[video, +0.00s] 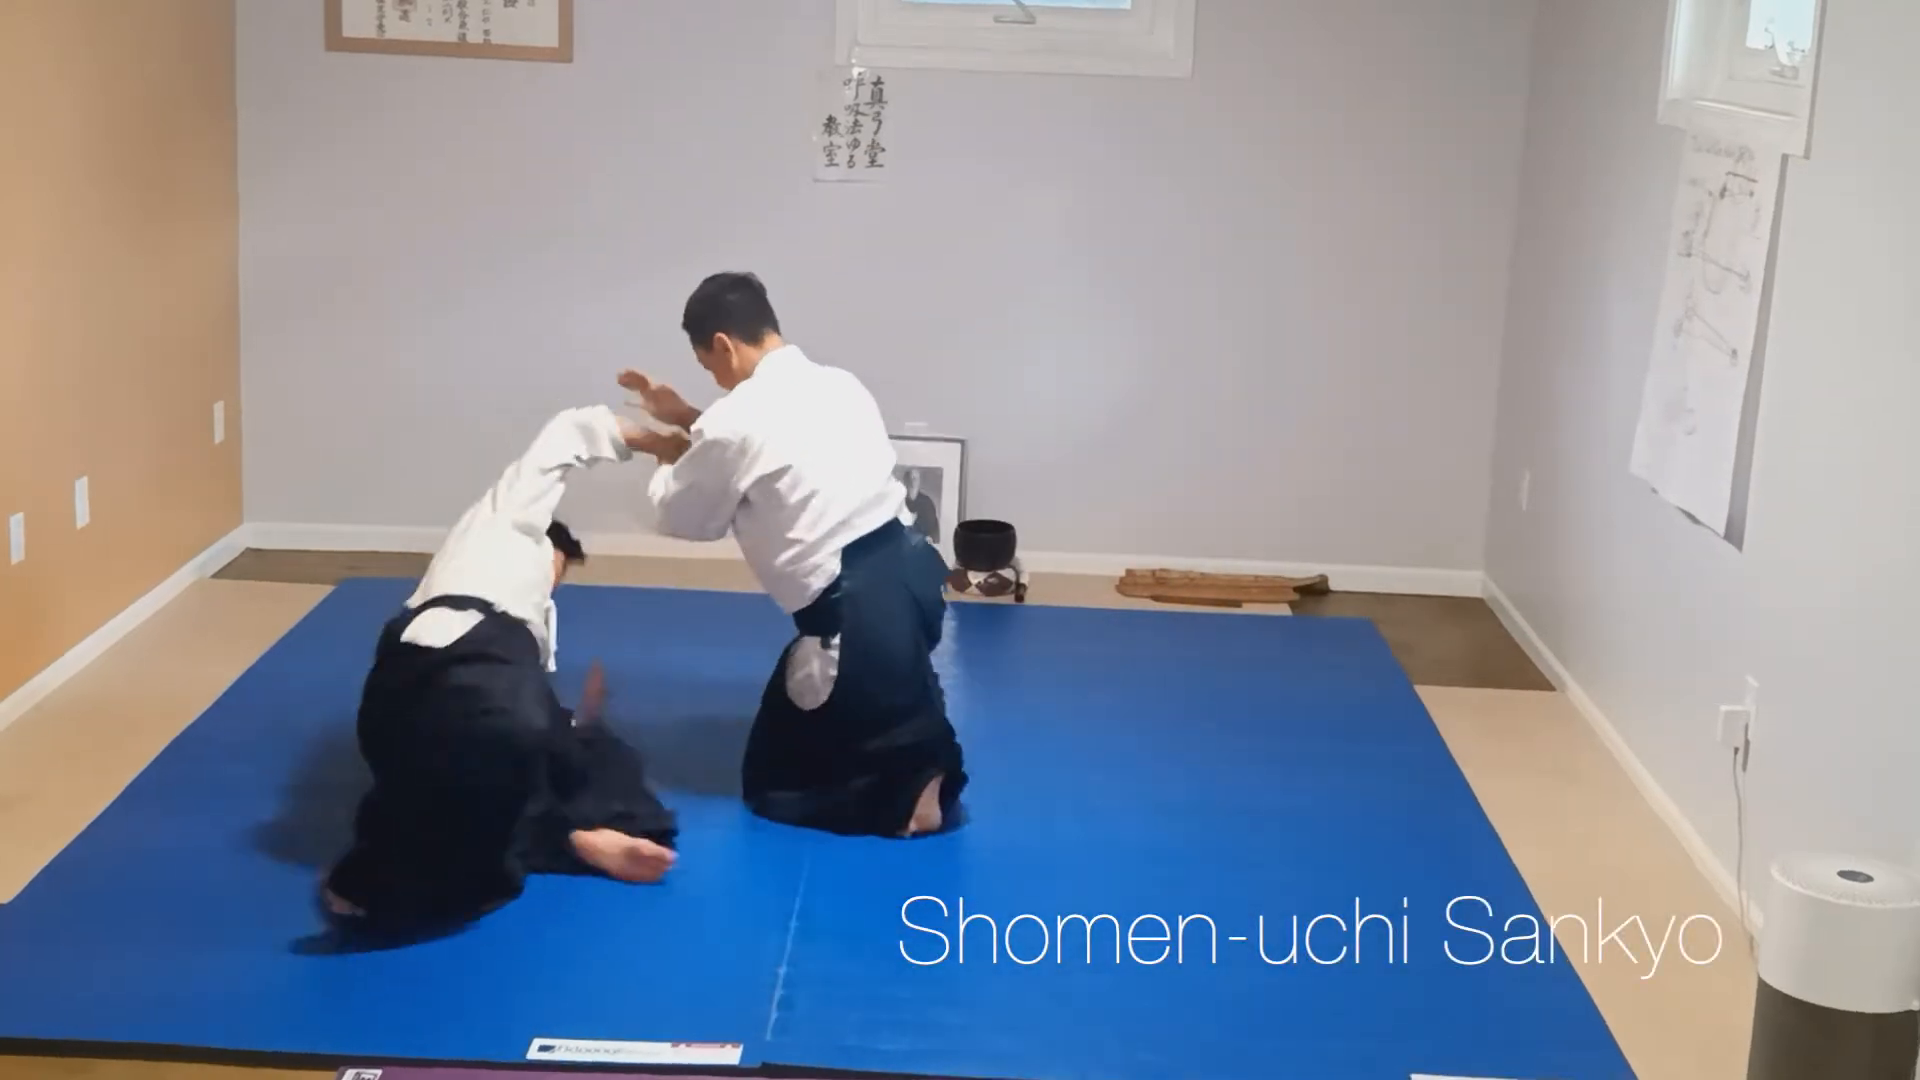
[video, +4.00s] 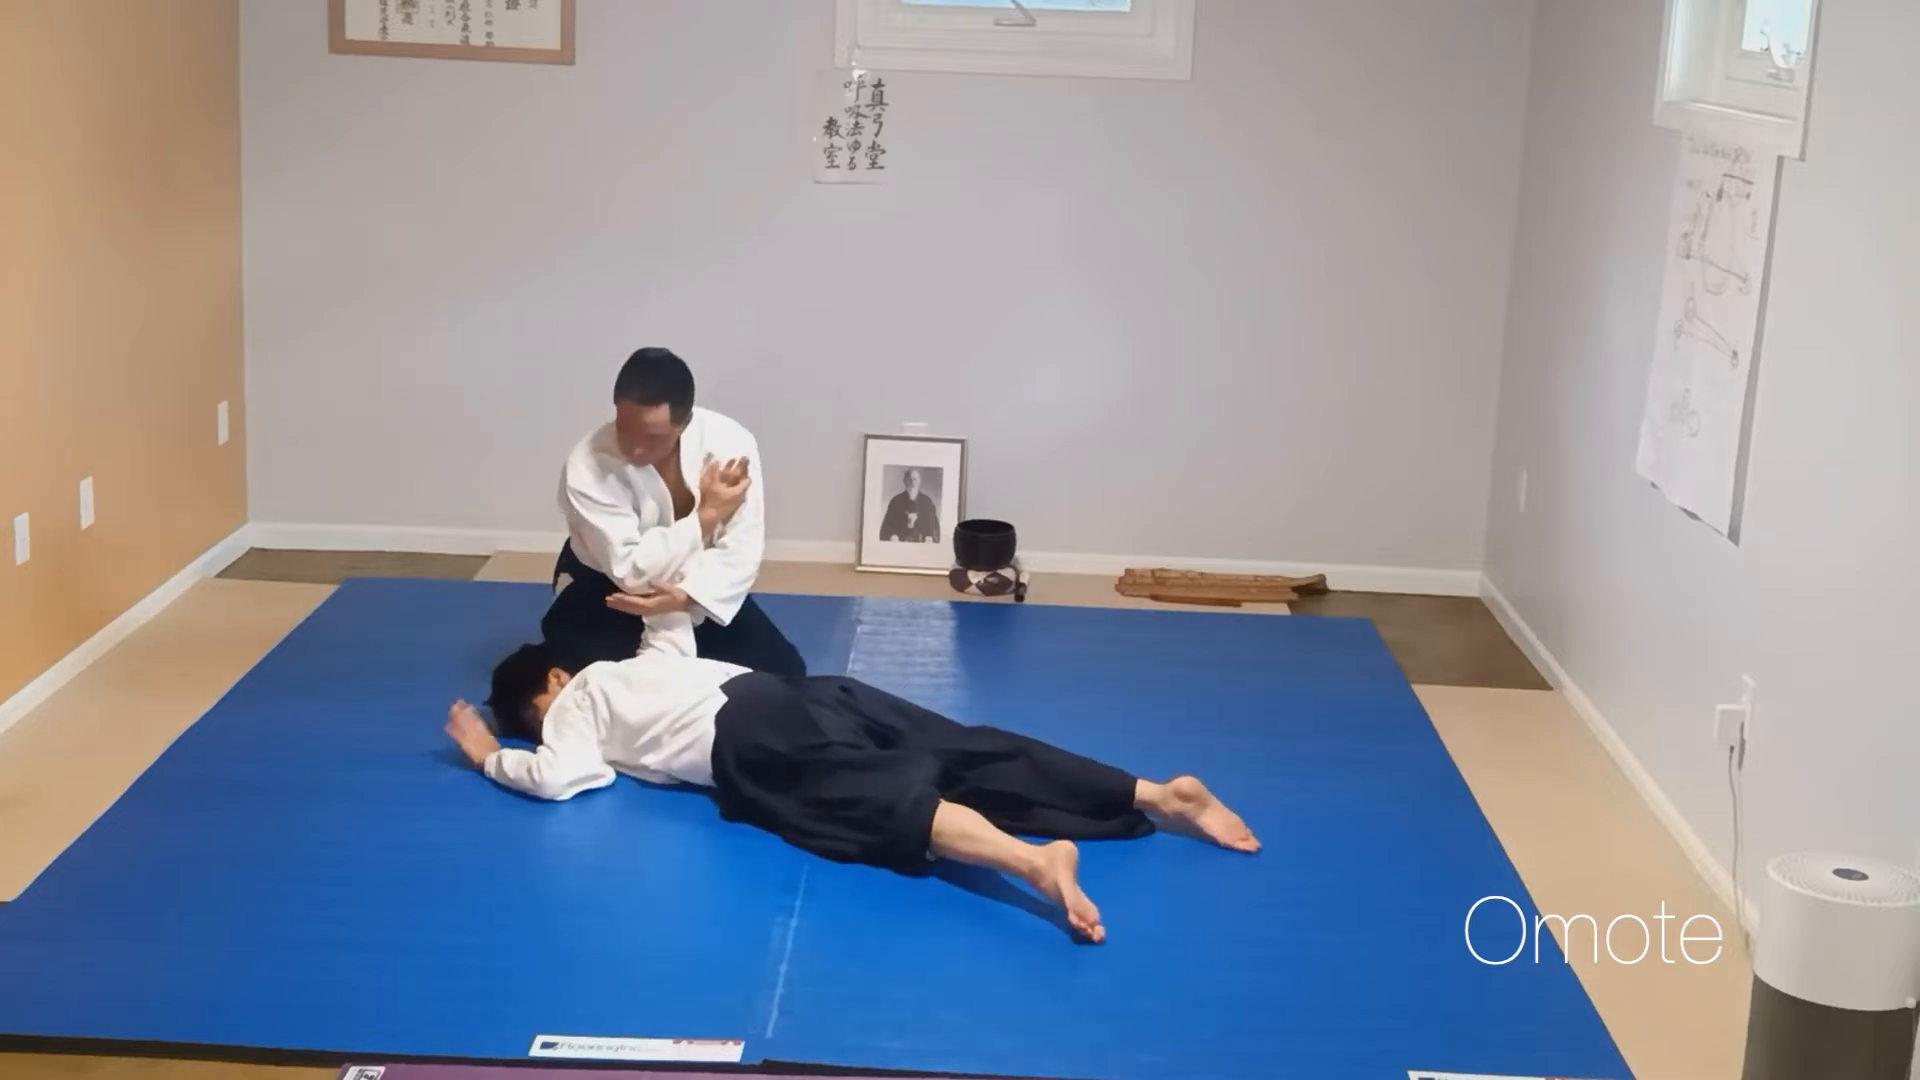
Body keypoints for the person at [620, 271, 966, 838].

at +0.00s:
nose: (708, 372)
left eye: (703, 362)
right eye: (702, 363)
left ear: (723, 346)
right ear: (772, 327)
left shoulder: (733, 424)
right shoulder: (840, 383)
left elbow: (687, 518)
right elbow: (782, 446)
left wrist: (673, 455)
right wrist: (693, 419)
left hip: (848, 609)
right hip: (916, 573)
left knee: (770, 790)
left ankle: (896, 799)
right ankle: (934, 771)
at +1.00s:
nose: (709, 358)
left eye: (720, 343)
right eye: (695, 346)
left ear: (733, 320)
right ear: (665, 329)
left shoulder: (776, 361)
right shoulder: (626, 389)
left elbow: (850, 411)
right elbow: (639, 504)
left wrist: (838, 502)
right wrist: (697, 589)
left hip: (749, 548)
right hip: (659, 557)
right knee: (654, 678)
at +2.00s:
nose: (699, 373)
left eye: (710, 359)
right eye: (685, 361)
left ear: (722, 338)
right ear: (655, 343)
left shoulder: (748, 371)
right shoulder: (623, 412)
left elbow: (790, 449)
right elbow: (636, 527)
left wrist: (795, 538)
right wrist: (691, 616)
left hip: (712, 556)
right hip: (632, 565)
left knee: (753, 649)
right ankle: (582, 629)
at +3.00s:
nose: (705, 393)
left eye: (717, 379)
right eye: (692, 380)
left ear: (733, 360)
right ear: (666, 359)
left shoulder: (751, 376)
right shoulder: (640, 431)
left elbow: (815, 420)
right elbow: (680, 533)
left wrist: (779, 486)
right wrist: (773, 548)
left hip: (712, 572)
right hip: (628, 575)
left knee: (767, 685)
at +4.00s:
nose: (634, 447)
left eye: (653, 437)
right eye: (626, 430)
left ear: (684, 424)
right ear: (616, 409)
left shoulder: (731, 443)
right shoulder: (587, 470)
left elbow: (745, 548)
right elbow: (630, 571)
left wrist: (685, 598)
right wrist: (707, 517)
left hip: (704, 588)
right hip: (606, 592)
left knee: (784, 672)